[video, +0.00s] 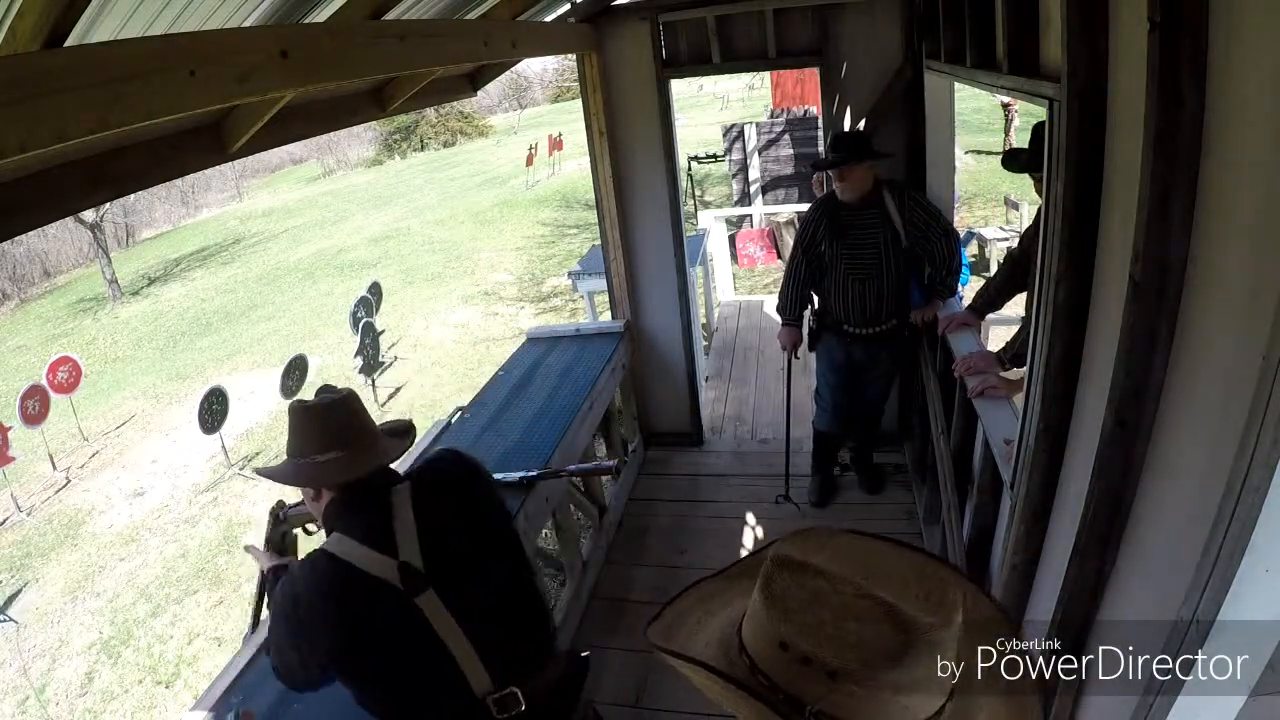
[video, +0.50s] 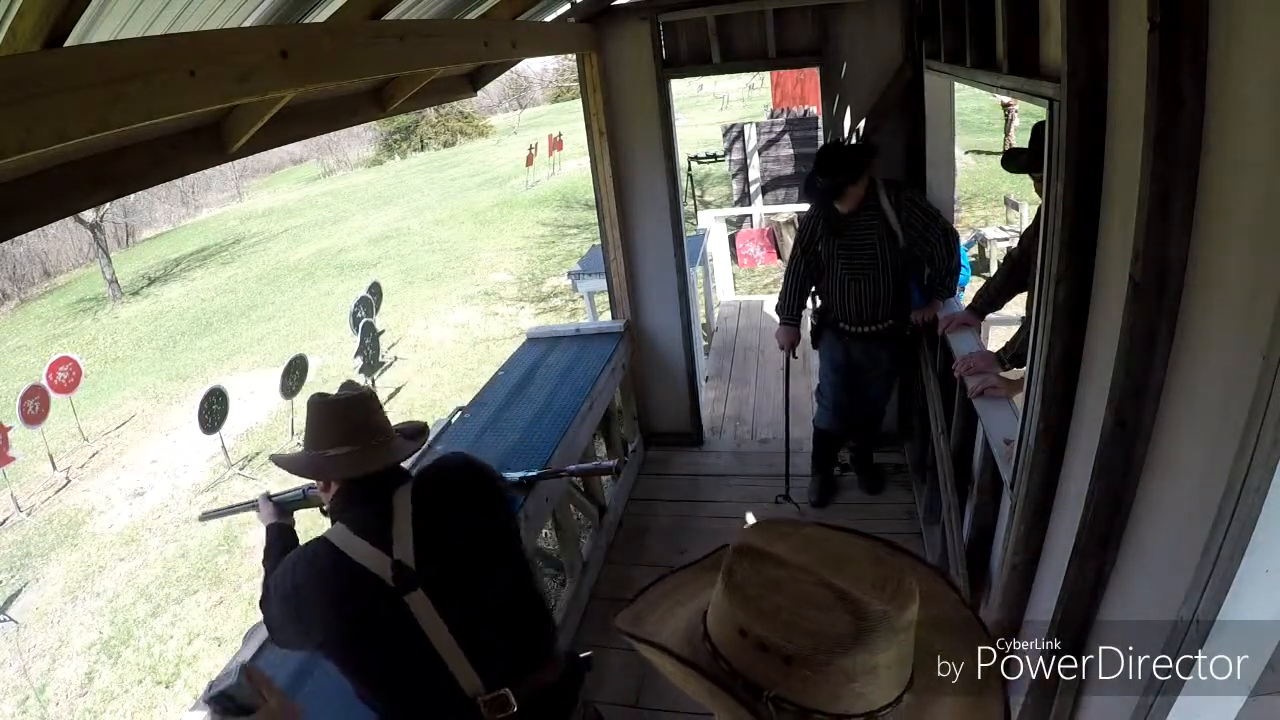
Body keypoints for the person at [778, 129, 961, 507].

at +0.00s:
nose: (838, 176)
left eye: (846, 168)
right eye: (834, 169)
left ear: (869, 167)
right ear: (832, 171)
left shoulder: (902, 205)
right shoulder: (822, 215)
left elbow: (946, 241)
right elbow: (799, 268)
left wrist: (937, 296)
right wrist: (790, 321)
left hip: (888, 331)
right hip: (836, 331)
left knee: (873, 404)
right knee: (830, 405)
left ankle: (864, 459)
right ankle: (822, 473)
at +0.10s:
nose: (838, 178)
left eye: (845, 169)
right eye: (834, 171)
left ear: (869, 167)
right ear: (832, 171)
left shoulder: (903, 205)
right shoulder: (822, 215)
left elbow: (946, 241)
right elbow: (799, 269)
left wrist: (936, 296)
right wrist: (790, 321)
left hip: (888, 332)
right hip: (836, 332)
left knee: (874, 404)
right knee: (831, 405)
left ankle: (864, 459)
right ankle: (822, 473)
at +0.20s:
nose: (837, 178)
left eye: (845, 170)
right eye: (833, 171)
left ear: (868, 167)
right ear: (831, 172)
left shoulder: (902, 205)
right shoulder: (822, 215)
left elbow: (946, 242)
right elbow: (799, 268)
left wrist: (936, 296)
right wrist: (789, 320)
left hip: (888, 332)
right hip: (836, 332)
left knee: (873, 404)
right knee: (831, 405)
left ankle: (864, 458)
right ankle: (822, 473)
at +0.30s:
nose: (832, 186)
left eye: (839, 178)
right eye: (829, 178)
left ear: (864, 172)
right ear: (829, 175)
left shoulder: (901, 205)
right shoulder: (821, 216)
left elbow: (945, 240)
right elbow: (799, 268)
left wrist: (936, 297)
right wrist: (789, 320)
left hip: (888, 331)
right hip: (835, 331)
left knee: (873, 403)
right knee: (831, 403)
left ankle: (864, 460)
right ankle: (822, 474)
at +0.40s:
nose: (836, 199)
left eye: (841, 191)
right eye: (830, 192)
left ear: (862, 178)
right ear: (826, 185)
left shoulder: (901, 205)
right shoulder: (821, 217)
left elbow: (944, 241)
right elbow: (799, 267)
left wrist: (936, 297)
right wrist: (788, 319)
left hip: (888, 332)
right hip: (836, 331)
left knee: (874, 403)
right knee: (831, 403)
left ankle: (864, 459)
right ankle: (822, 473)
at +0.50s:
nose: (837, 203)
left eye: (842, 195)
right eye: (831, 196)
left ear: (862, 180)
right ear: (824, 188)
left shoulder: (900, 206)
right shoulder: (821, 218)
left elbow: (944, 242)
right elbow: (799, 267)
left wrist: (935, 297)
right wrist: (789, 319)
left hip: (888, 332)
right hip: (837, 332)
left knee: (874, 404)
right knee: (832, 403)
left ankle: (864, 460)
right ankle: (822, 473)